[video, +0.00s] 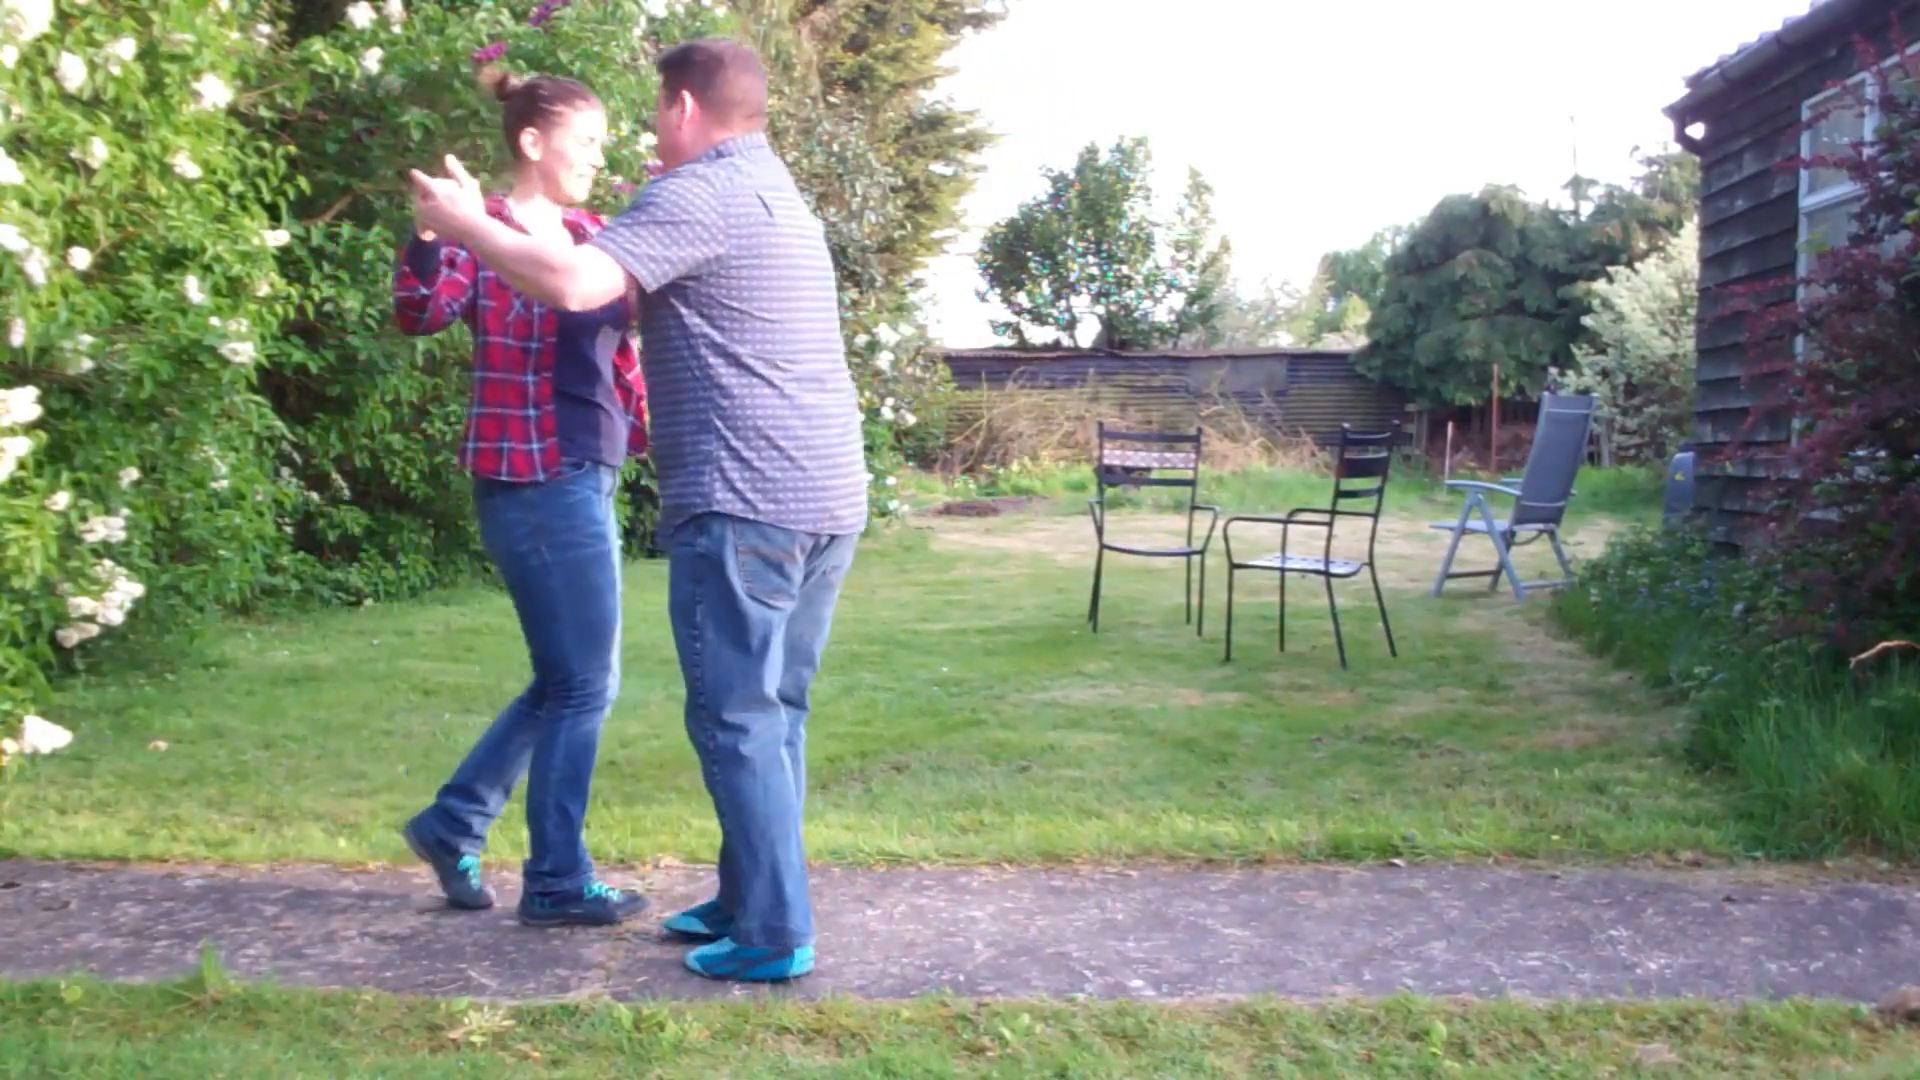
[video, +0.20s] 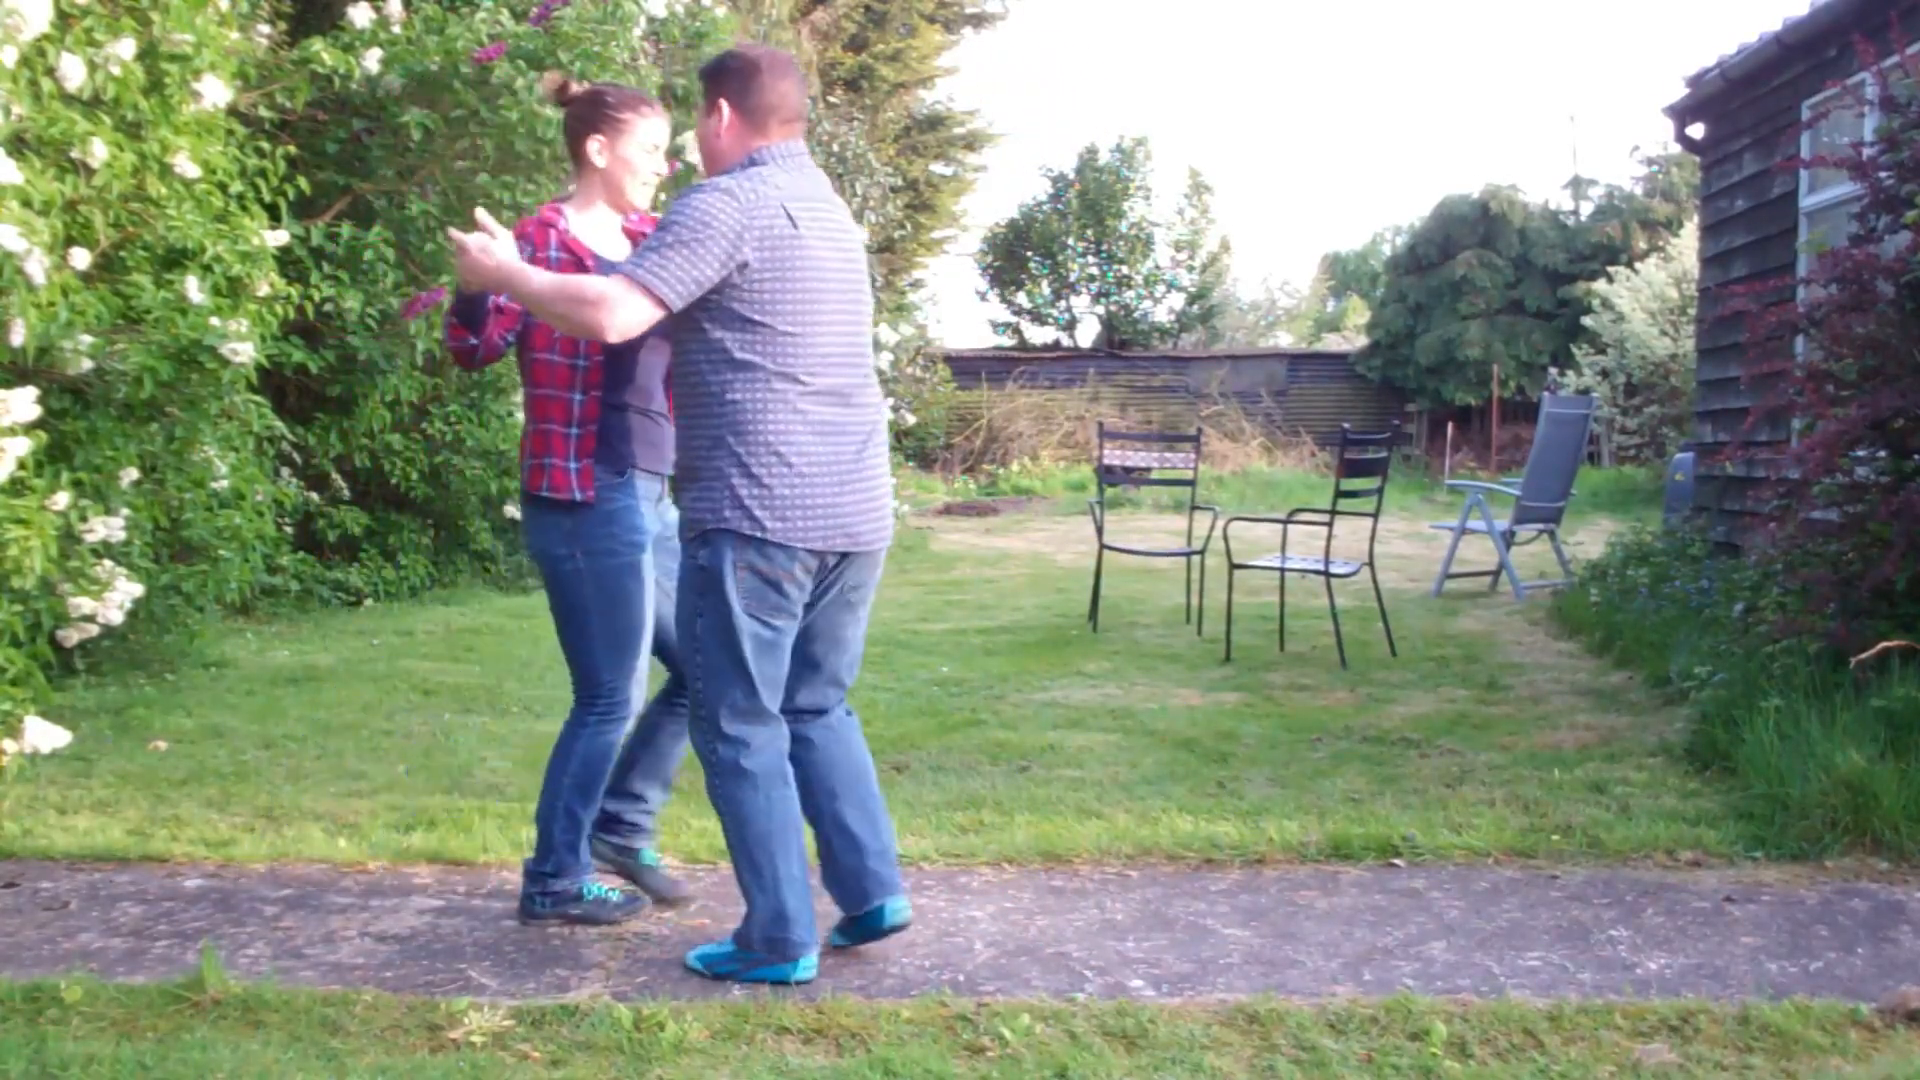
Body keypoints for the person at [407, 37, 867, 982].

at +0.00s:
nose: (654, 129)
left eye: (660, 111)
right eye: (658, 111)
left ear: (689, 109)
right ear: (746, 112)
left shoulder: (705, 191)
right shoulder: (772, 187)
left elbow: (575, 281)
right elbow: (650, 283)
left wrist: (461, 222)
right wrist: (559, 235)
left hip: (747, 496)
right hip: (825, 493)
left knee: (734, 716)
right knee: (772, 708)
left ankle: (777, 934)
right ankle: (750, 895)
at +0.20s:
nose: (694, 138)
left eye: (698, 120)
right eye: (696, 120)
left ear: (727, 116)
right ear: (793, 119)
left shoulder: (730, 206)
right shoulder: (826, 205)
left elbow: (611, 313)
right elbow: (722, 313)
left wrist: (503, 273)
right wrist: (636, 253)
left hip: (759, 513)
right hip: (858, 509)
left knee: (737, 720)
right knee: (816, 703)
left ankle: (779, 939)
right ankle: (874, 894)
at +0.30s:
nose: (720, 136)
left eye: (724, 119)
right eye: (722, 119)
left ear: (751, 118)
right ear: (820, 121)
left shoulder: (739, 207)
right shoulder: (870, 219)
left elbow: (630, 330)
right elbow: (767, 319)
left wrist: (517, 306)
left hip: (760, 514)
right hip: (870, 512)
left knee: (736, 722)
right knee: (849, 703)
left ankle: (777, 939)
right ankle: (921, 887)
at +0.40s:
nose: (739, 143)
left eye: (740, 125)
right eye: (733, 129)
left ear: (767, 118)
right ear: (843, 124)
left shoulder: (737, 216)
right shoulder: (902, 224)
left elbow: (650, 343)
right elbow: (874, 338)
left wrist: (543, 339)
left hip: (763, 514)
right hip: (880, 521)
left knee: (747, 723)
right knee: (877, 708)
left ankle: (775, 938)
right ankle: (943, 894)